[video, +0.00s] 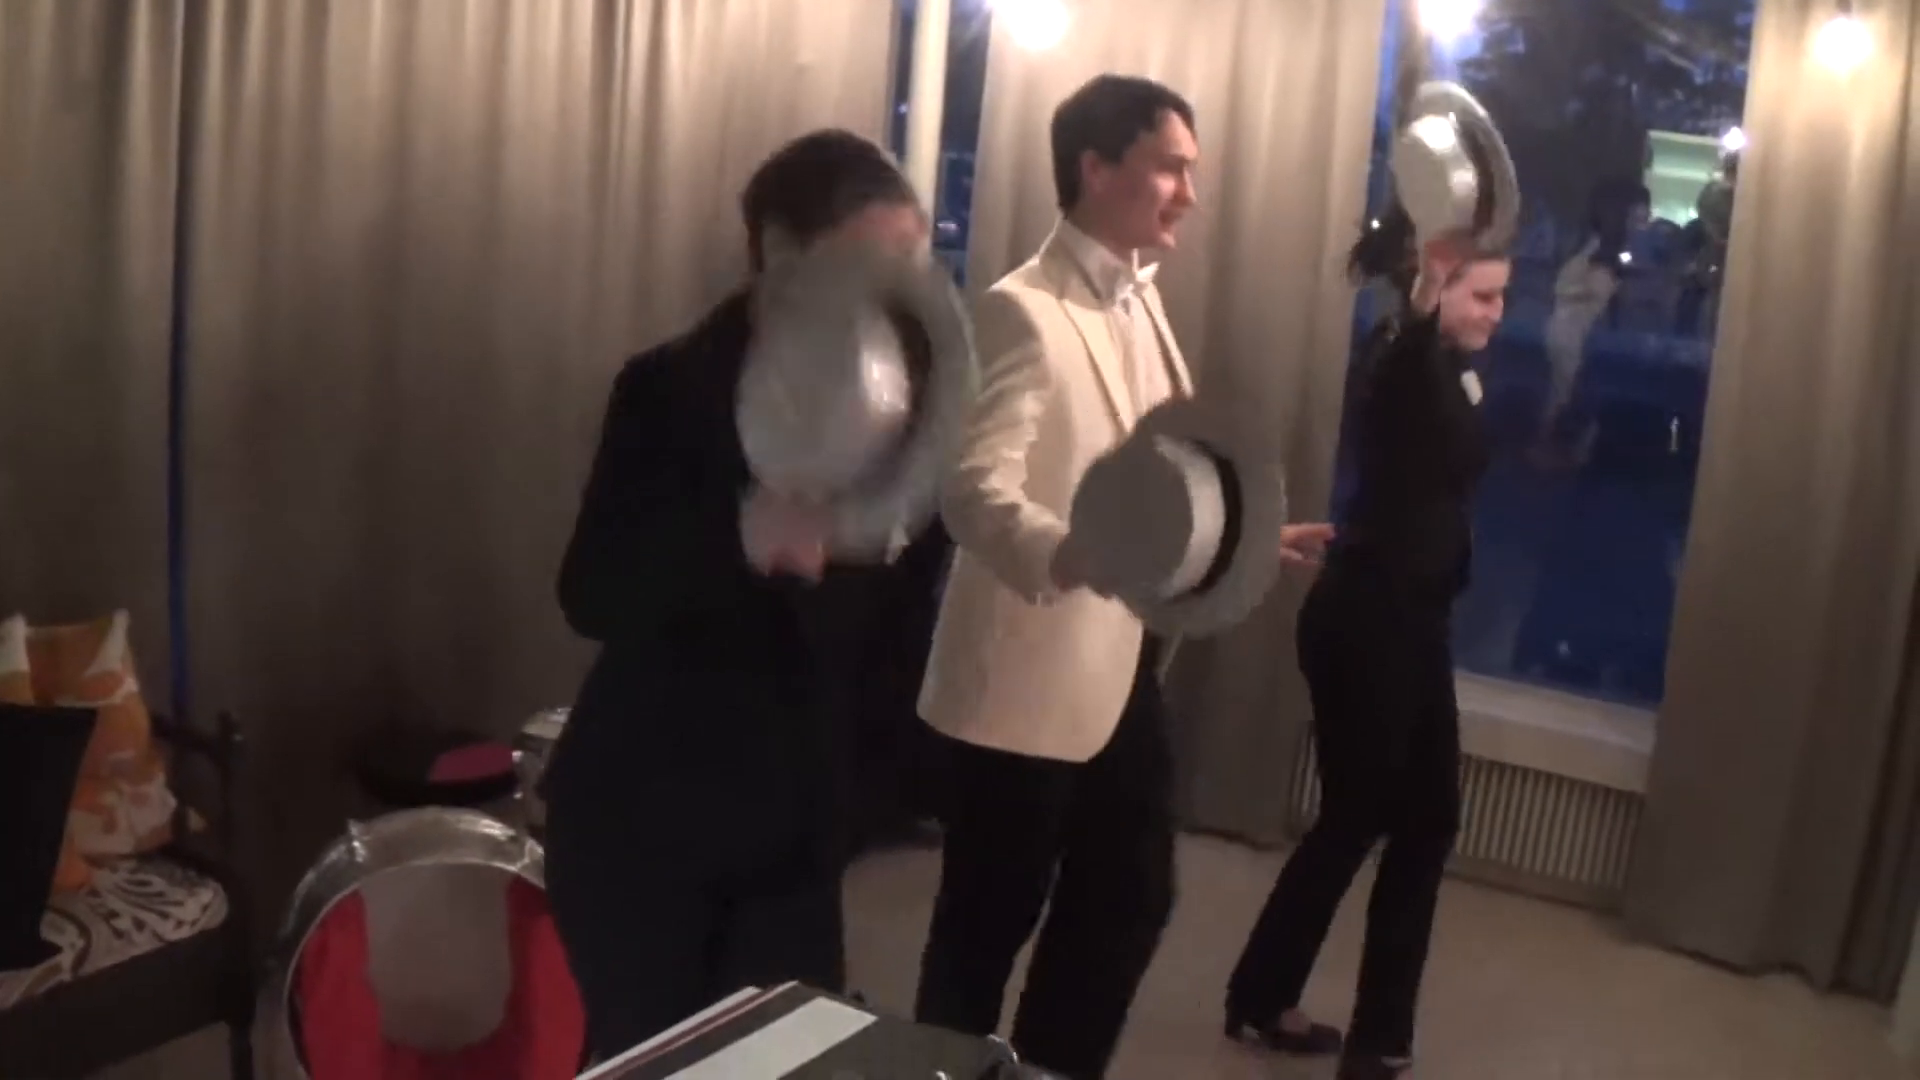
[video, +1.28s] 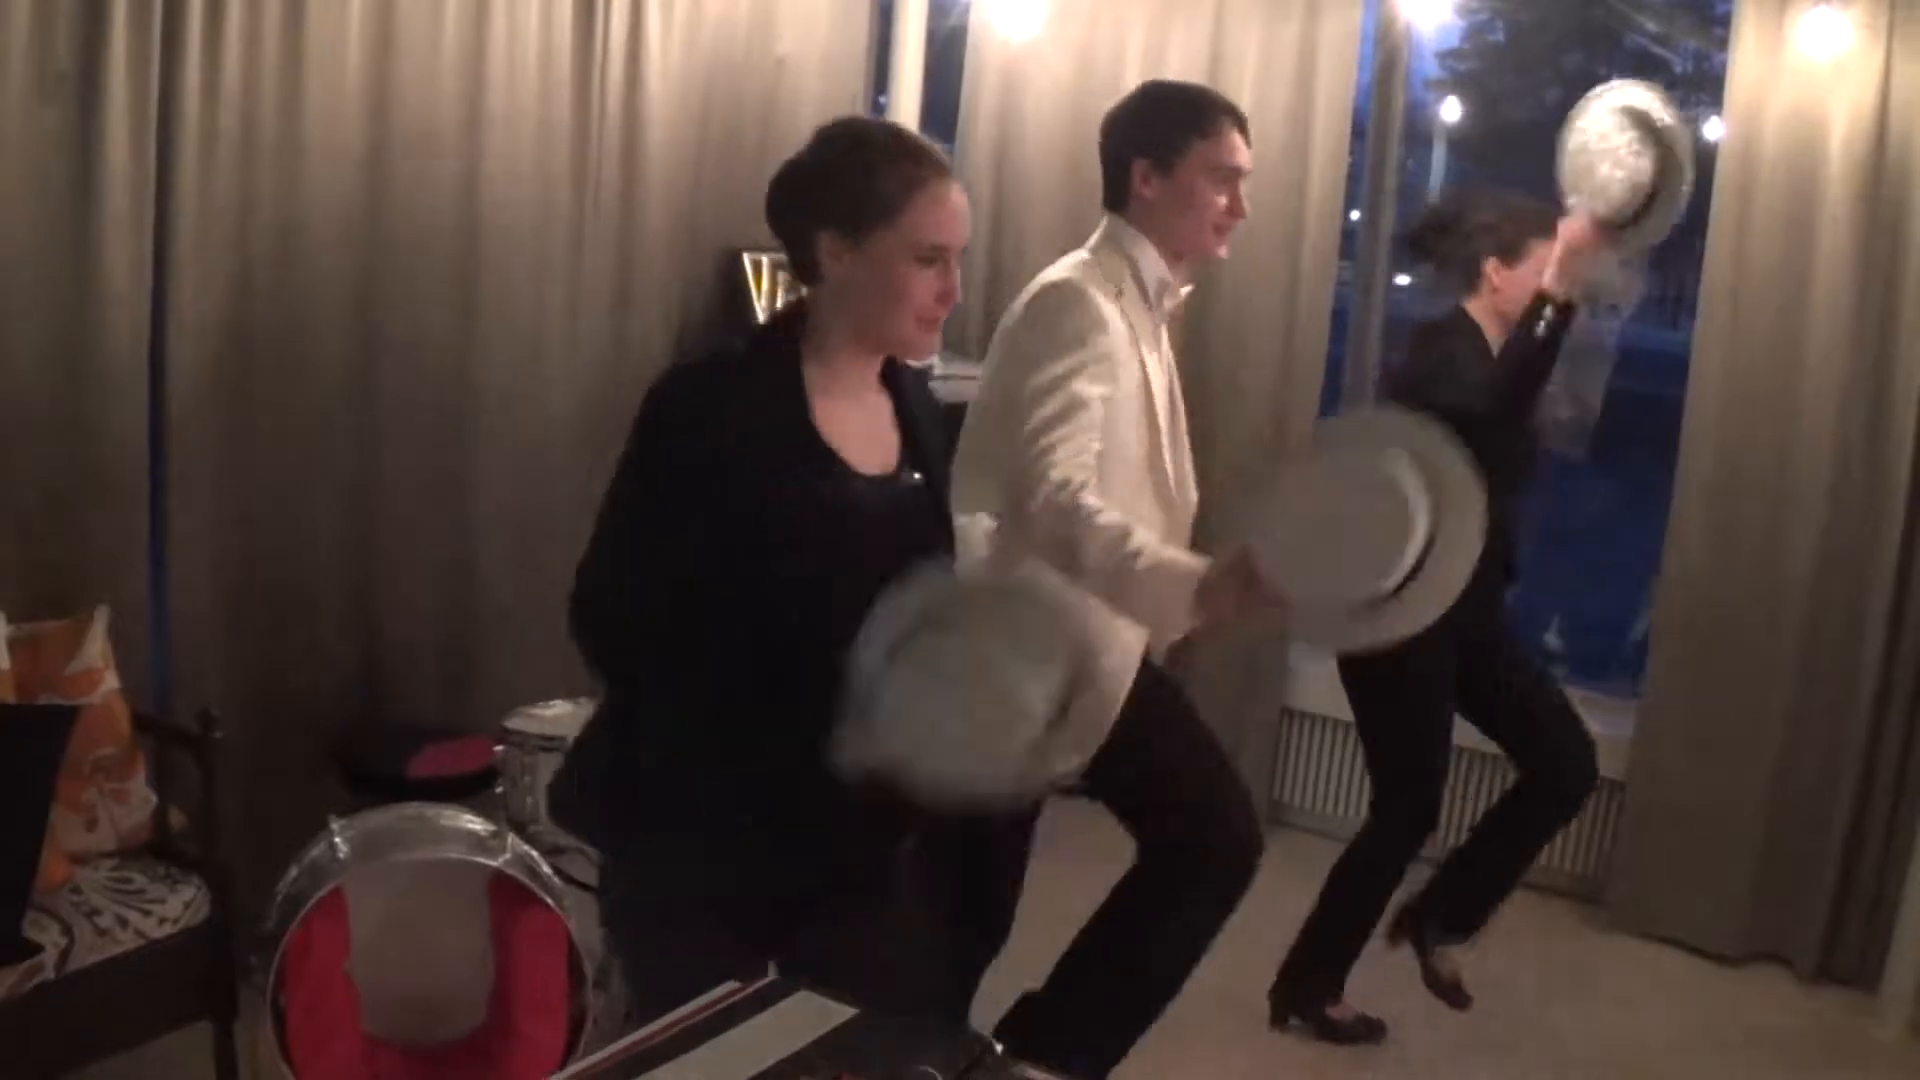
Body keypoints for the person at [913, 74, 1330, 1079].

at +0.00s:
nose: (1188, 194)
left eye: (1191, 173)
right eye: (1168, 170)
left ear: (1124, 177)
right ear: (1093, 171)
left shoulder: (1139, 304)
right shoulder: (1016, 311)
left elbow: (1151, 479)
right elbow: (977, 485)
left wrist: (1254, 538)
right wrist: (1066, 555)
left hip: (1115, 669)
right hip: (1021, 678)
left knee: (1125, 900)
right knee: (992, 903)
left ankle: (1054, 1071)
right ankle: (948, 1072)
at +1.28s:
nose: (1240, 202)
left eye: (1243, 181)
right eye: (1221, 178)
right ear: (1144, 180)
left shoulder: (1139, 308)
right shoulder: (1075, 303)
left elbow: (1116, 496)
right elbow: (1053, 502)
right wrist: (1195, 587)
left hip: (1096, 658)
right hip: (1011, 660)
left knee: (1212, 840)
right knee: (963, 909)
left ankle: (1047, 1053)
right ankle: (909, 1063)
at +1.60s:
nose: (1264, 202)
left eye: (1267, 178)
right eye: (1244, 174)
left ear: (1188, 185)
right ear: (1165, 175)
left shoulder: (1156, 305)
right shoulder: (1119, 311)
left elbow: (1156, 509)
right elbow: (1118, 517)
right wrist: (1309, 559)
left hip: (1120, 689)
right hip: (1079, 698)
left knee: (1107, 938)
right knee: (1107, 945)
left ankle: (1037, 1061)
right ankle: (1040, 1064)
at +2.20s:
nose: (1321, 221)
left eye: (1325, 198)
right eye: (1308, 193)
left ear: (1243, 192)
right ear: (1233, 187)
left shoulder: (1220, 315)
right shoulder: (1168, 331)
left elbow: (1277, 478)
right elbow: (1123, 529)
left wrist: (1376, 506)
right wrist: (1240, 631)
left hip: (1196, 703)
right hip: (1150, 719)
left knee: (1243, 856)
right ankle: (1152, 1056)